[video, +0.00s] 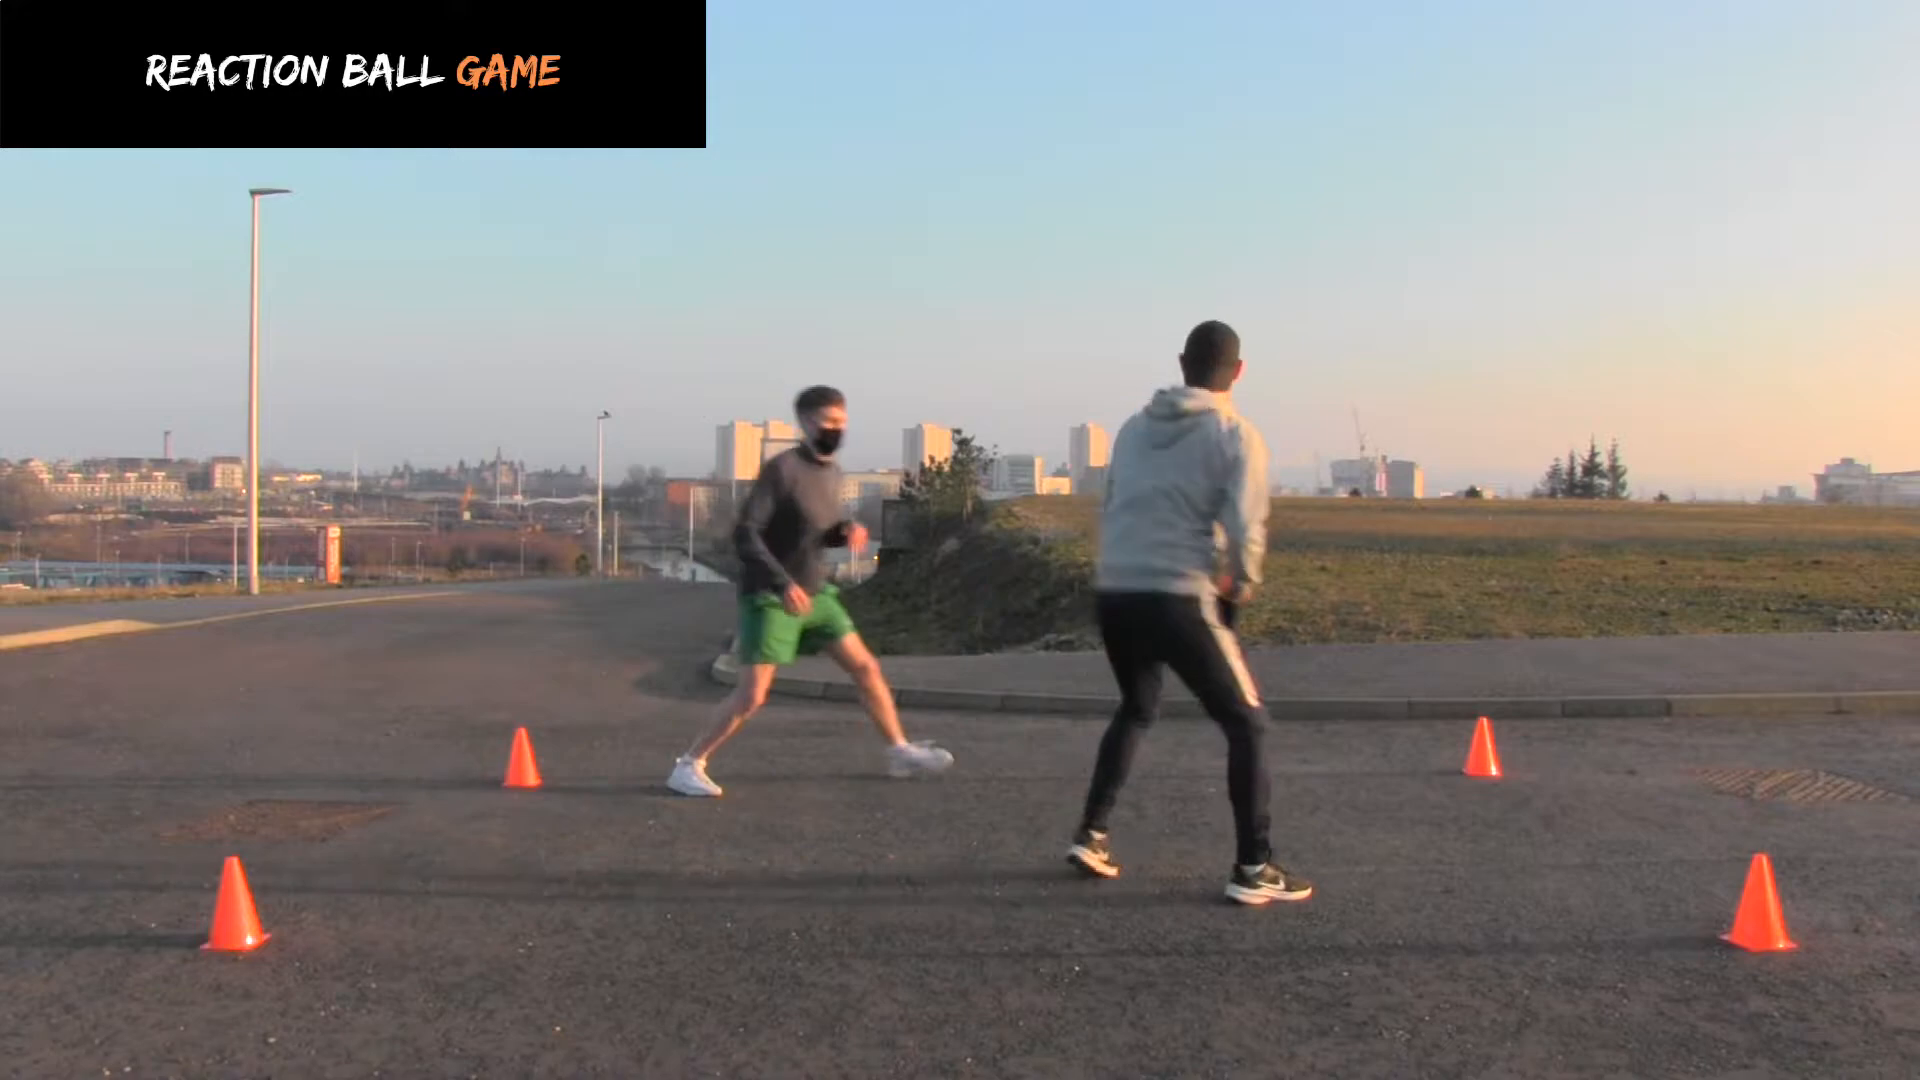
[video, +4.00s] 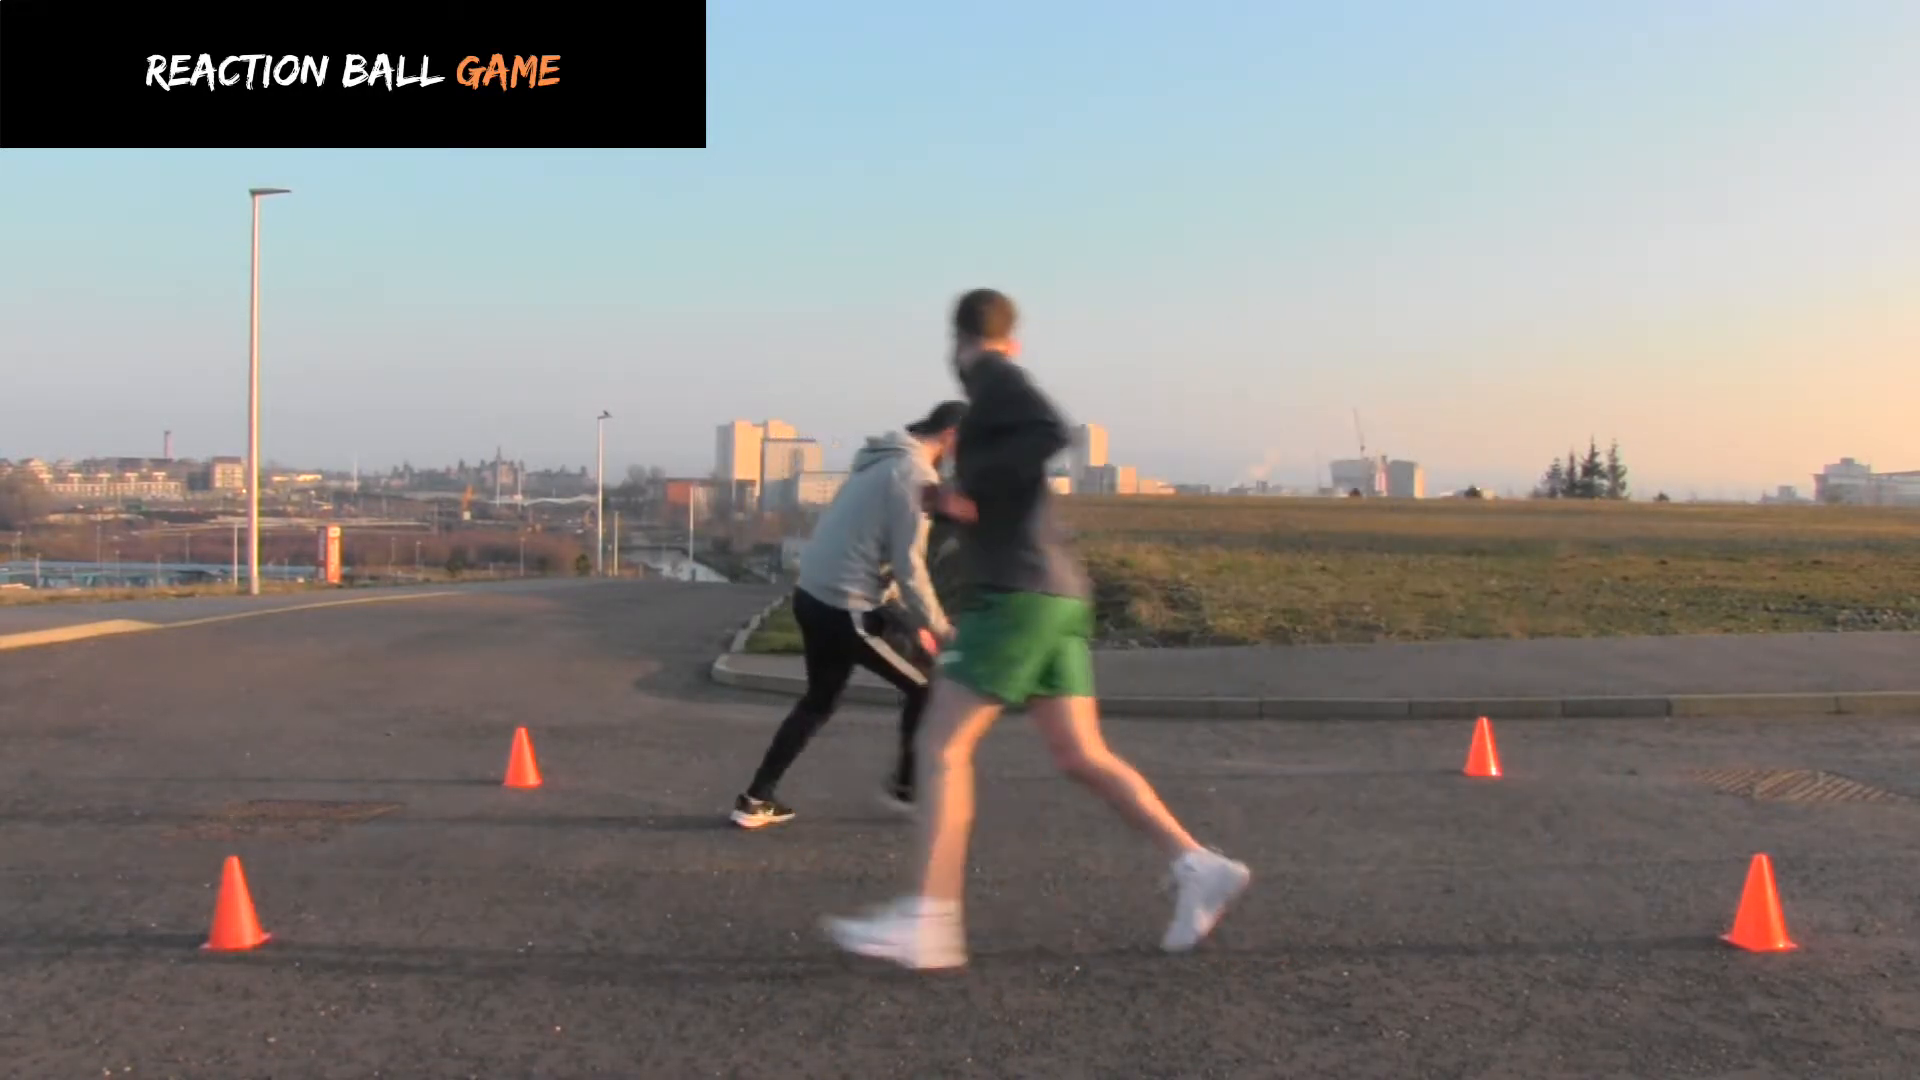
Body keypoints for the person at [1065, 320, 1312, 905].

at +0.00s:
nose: (1240, 375)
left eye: (1233, 364)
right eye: (1240, 366)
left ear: (1182, 364)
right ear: (1235, 371)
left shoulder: (1134, 428)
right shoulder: (1235, 434)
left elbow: (1112, 507)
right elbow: (1243, 524)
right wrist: (1243, 583)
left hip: (1114, 595)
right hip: (1180, 599)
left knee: (1136, 707)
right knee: (1246, 722)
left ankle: (1090, 834)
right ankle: (1253, 866)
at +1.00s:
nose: (1126, 289)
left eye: (1110, 278)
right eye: (1124, 278)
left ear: (1052, 287)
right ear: (1117, 284)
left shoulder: (1010, 372)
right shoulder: (1150, 367)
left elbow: (980, 471)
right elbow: (1188, 478)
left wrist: (1048, 463)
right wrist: (1178, 572)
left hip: (1025, 590)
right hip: (1111, 590)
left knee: (1034, 772)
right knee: (1150, 767)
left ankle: (1019, 961)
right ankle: (1151, 950)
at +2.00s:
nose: (925, 294)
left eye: (922, 280)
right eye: (923, 281)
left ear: (853, 278)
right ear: (907, 281)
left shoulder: (794, 365)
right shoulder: (916, 368)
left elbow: (735, 464)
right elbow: (923, 490)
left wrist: (781, 536)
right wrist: (930, 589)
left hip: (786, 599)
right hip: (857, 603)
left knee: (812, 783)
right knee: (850, 790)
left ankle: (792, 970)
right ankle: (734, 963)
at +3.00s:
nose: (896, 321)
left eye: (894, 308)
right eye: (892, 309)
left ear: (829, 313)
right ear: (871, 314)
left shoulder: (786, 393)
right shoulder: (871, 398)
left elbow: (782, 498)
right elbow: (885, 512)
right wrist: (910, 605)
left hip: (780, 591)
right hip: (837, 596)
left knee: (828, 719)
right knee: (858, 750)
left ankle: (791, 854)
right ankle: (824, 917)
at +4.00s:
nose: (959, 454)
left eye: (960, 445)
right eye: (961, 444)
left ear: (930, 427)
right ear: (950, 435)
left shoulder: (882, 460)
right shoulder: (912, 475)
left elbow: (881, 563)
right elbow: (908, 563)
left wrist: (915, 628)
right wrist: (941, 625)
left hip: (813, 596)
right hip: (846, 607)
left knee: (819, 699)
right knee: (921, 685)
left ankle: (757, 796)